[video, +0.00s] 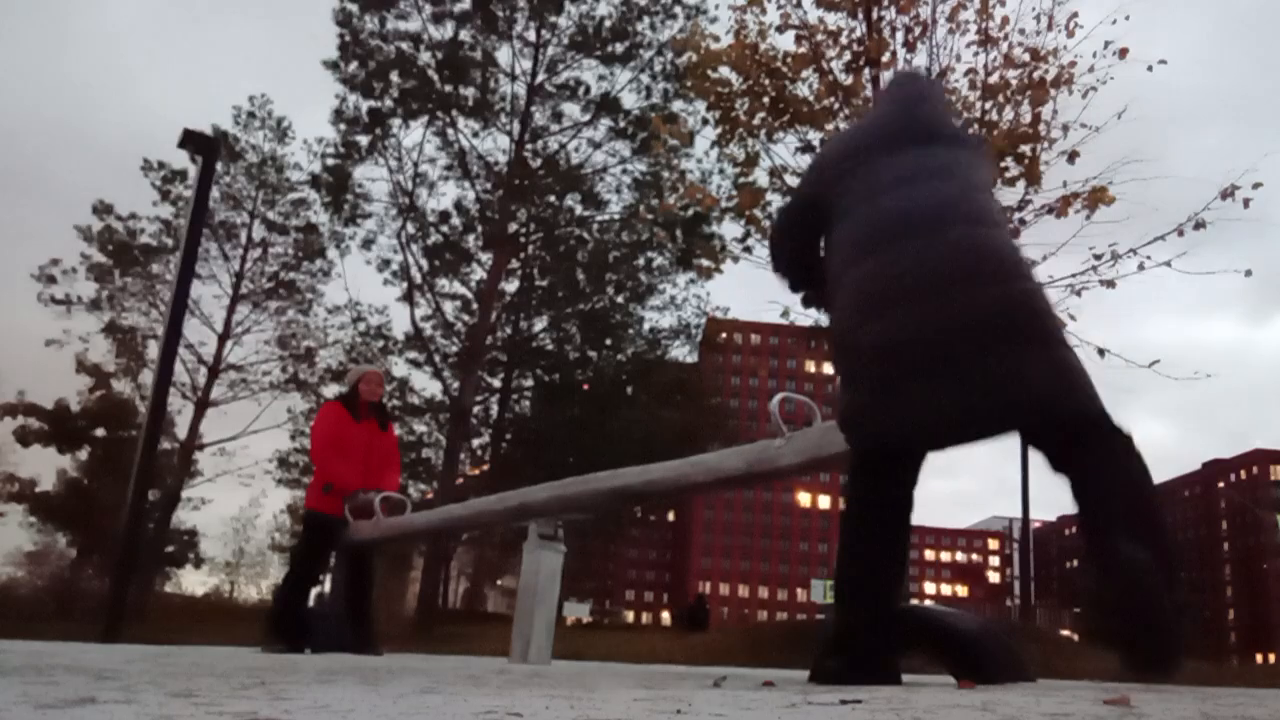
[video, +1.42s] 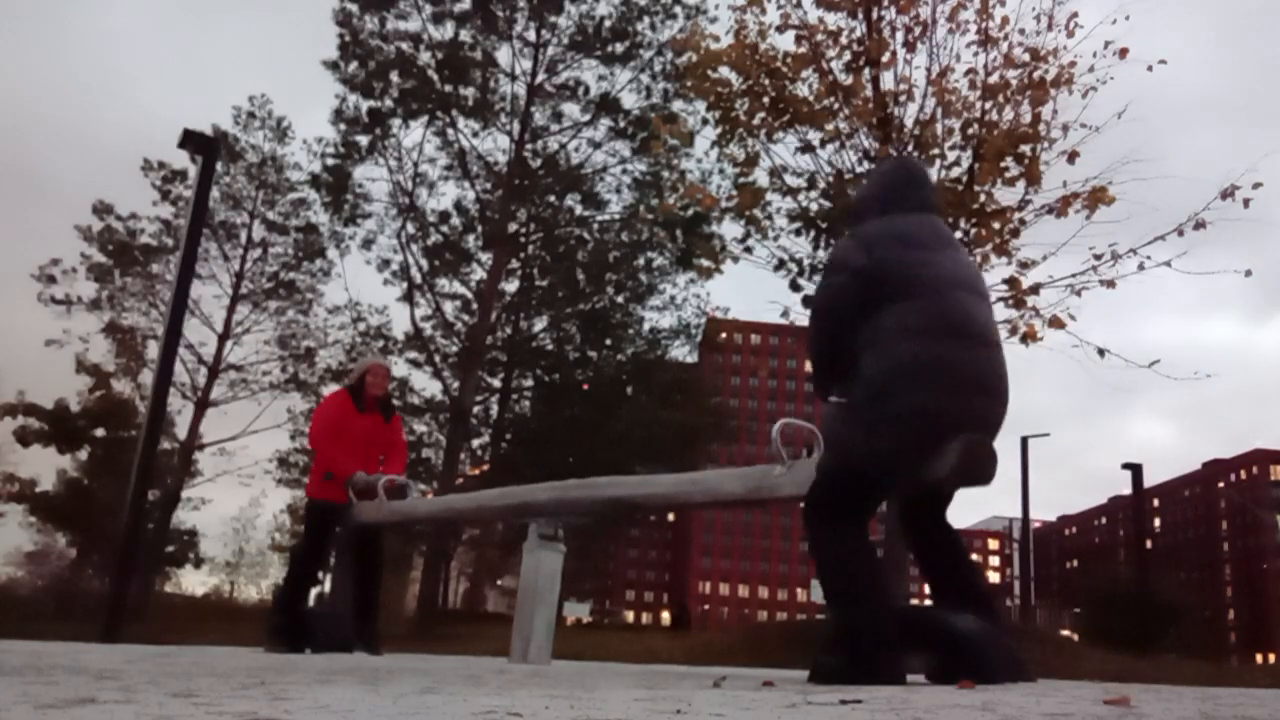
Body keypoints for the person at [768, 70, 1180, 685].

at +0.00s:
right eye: (945, 102)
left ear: (877, 108)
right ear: (940, 106)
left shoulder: (837, 156)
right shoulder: (965, 146)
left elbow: (788, 241)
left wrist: (829, 288)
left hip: (892, 362)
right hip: (1008, 343)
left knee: (877, 496)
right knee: (1097, 450)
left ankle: (860, 655)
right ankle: (1146, 620)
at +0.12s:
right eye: (898, 121)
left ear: (834, 132)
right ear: (894, 126)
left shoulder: (805, 183)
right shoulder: (919, 159)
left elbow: (791, 284)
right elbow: (942, 237)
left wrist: (833, 344)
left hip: (876, 347)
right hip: (979, 314)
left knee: (871, 501)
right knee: (1087, 409)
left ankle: (859, 651)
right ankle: (1152, 571)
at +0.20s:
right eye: (875, 130)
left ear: (819, 143)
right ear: (874, 134)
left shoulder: (792, 192)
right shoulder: (904, 168)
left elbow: (787, 292)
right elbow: (932, 243)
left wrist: (829, 355)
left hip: (869, 341)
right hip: (964, 302)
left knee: (870, 500)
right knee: (1067, 389)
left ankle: (860, 646)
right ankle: (1166, 493)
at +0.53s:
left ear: (787, 172)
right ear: (837, 159)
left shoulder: (770, 211)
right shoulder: (881, 185)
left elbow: (769, 304)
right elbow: (918, 259)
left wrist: (812, 354)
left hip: (851, 360)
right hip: (936, 338)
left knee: (860, 504)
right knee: (990, 396)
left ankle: (862, 644)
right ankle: (1101, 484)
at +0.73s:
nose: (772, 188)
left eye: (774, 180)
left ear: (781, 176)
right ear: (831, 162)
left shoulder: (773, 217)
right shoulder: (881, 194)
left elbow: (771, 310)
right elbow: (914, 271)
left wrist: (808, 355)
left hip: (846, 369)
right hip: (934, 354)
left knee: (845, 509)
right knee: (952, 439)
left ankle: (861, 647)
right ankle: (1021, 542)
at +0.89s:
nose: (774, 194)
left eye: (775, 186)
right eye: (776, 187)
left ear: (785, 178)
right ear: (837, 163)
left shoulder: (781, 220)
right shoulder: (883, 197)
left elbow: (784, 314)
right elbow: (925, 276)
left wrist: (815, 361)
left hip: (856, 354)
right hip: (941, 342)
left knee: (842, 494)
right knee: (928, 460)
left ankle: (859, 638)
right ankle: (971, 590)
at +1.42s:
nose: (855, 202)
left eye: (861, 193)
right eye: (858, 193)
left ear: (876, 198)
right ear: (922, 198)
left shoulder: (865, 243)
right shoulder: (949, 247)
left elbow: (829, 320)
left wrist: (833, 381)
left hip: (902, 399)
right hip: (978, 399)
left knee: (831, 511)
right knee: (922, 515)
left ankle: (865, 648)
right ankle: (985, 639)